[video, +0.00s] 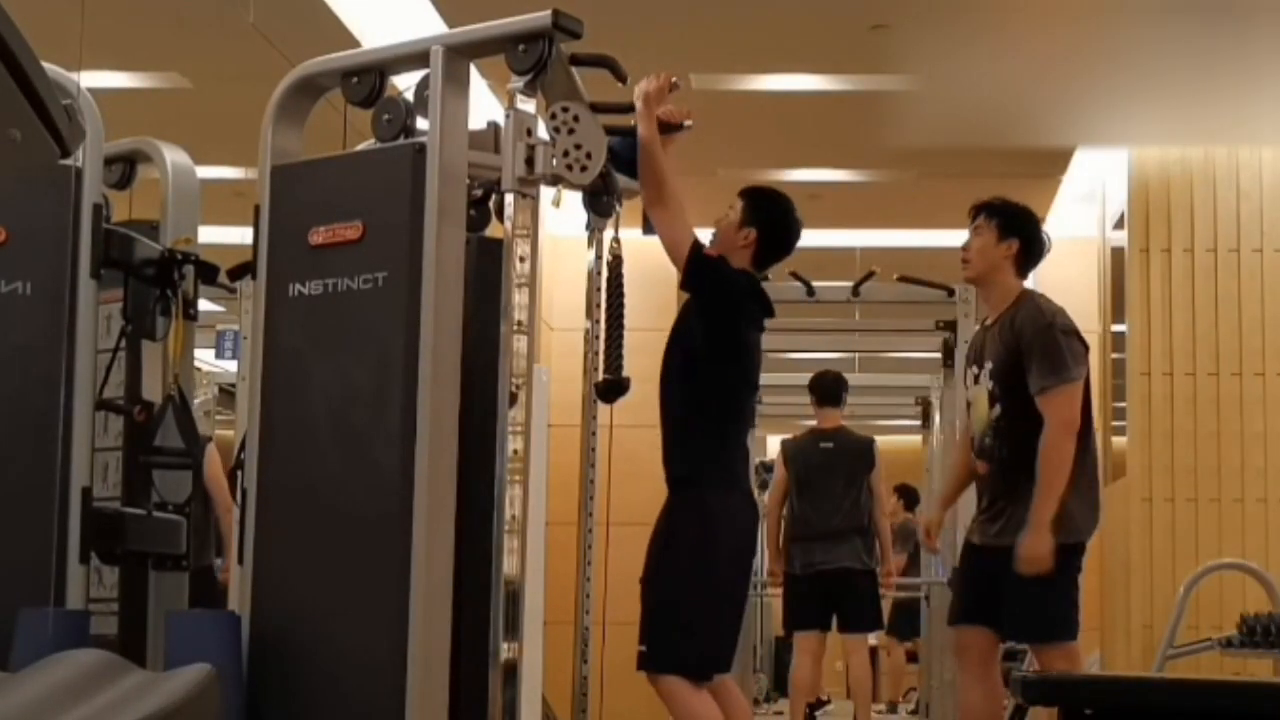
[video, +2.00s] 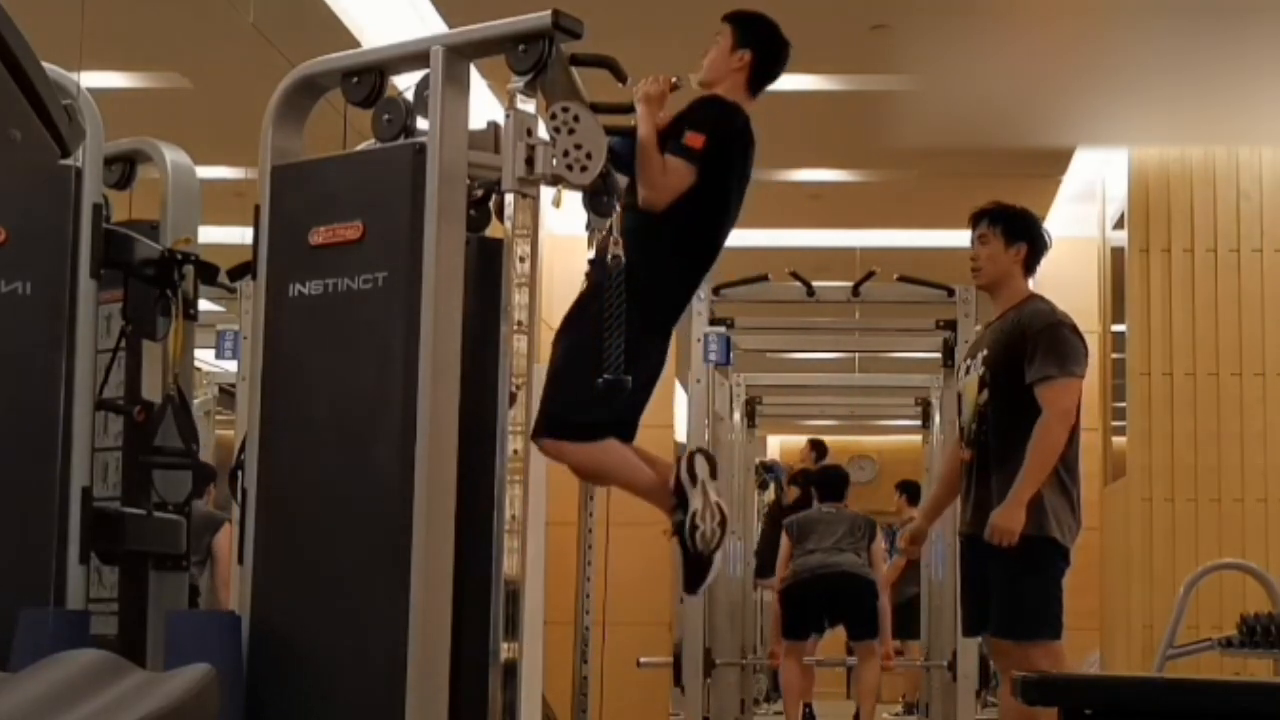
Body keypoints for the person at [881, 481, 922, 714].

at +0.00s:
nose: (889, 503)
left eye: (892, 498)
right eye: (890, 498)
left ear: (900, 500)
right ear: (910, 502)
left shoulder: (905, 525)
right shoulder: (908, 523)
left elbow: (898, 560)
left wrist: (887, 578)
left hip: (906, 592)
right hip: (913, 591)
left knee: (893, 643)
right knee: (917, 645)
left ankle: (893, 699)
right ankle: (915, 692)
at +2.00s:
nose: (894, 500)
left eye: (896, 496)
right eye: (895, 496)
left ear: (903, 497)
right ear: (912, 498)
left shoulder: (911, 523)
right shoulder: (910, 521)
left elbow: (900, 558)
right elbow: (901, 556)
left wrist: (884, 582)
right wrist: (887, 578)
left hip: (911, 590)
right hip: (908, 590)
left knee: (911, 647)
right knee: (909, 647)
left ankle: (911, 700)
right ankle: (912, 699)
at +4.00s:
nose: (893, 502)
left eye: (896, 497)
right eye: (894, 497)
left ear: (903, 499)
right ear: (914, 499)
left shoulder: (907, 526)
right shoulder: (917, 524)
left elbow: (900, 559)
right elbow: (904, 559)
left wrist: (888, 585)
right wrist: (893, 584)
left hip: (909, 593)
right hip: (916, 592)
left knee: (911, 648)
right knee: (913, 648)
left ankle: (911, 700)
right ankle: (913, 699)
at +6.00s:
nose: (900, 499)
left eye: (902, 495)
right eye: (902, 495)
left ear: (908, 496)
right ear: (918, 496)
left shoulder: (907, 522)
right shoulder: (923, 521)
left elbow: (901, 557)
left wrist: (890, 572)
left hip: (907, 589)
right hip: (919, 588)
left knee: (909, 646)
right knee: (914, 646)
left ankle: (909, 700)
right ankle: (915, 698)